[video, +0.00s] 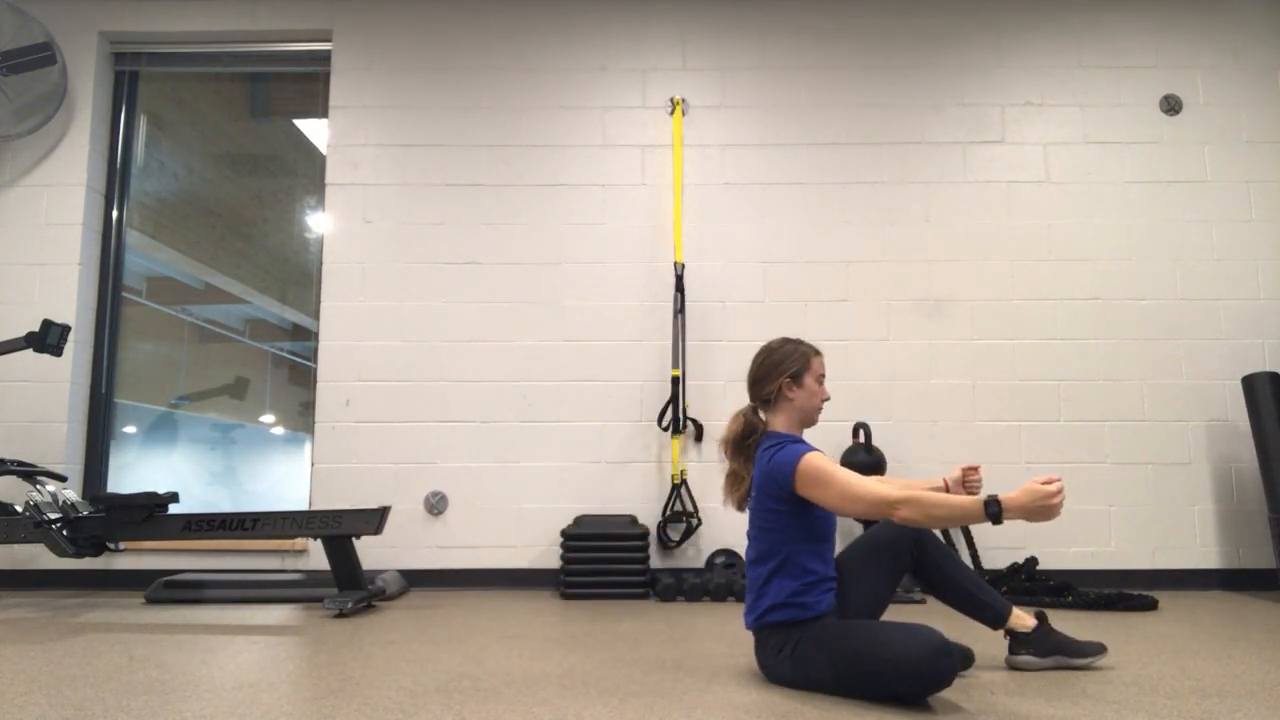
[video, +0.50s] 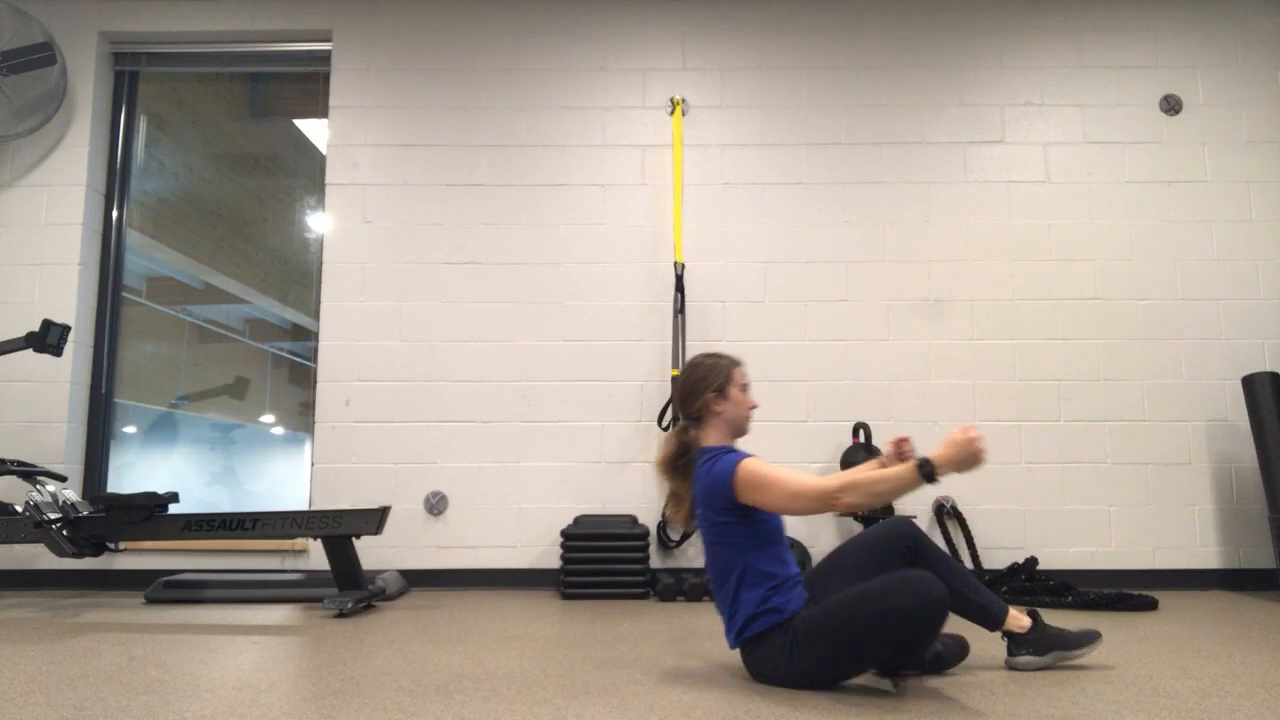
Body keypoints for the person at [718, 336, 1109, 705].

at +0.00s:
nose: (826, 393)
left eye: (823, 381)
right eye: (818, 381)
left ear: (784, 388)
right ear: (787, 387)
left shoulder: (786, 450)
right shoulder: (786, 458)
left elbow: (868, 502)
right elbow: (888, 504)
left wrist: (938, 488)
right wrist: (1006, 506)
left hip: (821, 610)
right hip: (792, 637)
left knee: (905, 533)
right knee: (932, 659)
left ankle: (1025, 630)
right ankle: (943, 652)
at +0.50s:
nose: (753, 401)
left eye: (749, 389)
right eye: (744, 391)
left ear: (715, 401)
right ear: (714, 402)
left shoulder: (723, 464)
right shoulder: (725, 470)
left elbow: (821, 494)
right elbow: (833, 498)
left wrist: (880, 467)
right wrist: (934, 466)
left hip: (790, 612)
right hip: (779, 644)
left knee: (900, 535)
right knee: (924, 590)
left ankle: (1019, 628)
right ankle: (905, 659)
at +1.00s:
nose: (617, 467)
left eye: (609, 459)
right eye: (605, 463)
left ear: (582, 485)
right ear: (581, 484)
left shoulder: (608, 535)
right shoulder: (613, 547)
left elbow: (705, 579)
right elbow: (720, 588)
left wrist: (706, 510)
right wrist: (723, 506)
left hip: (741, 624)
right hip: (750, 649)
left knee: (811, 482)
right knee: (842, 508)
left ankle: (950, 537)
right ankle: (921, 624)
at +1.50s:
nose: (500, 566)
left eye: (487, 565)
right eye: (484, 573)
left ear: (492, 605)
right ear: (484, 609)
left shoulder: (544, 615)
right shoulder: (546, 638)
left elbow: (644, 598)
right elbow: (652, 610)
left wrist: (578, 572)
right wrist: (578, 575)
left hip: (701, 604)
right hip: (714, 617)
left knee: (637, 461)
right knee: (634, 462)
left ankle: (743, 370)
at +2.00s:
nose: (502, 569)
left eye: (490, 566)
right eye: (487, 574)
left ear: (492, 607)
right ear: (482, 609)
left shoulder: (542, 621)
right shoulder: (542, 640)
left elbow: (641, 598)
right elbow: (646, 597)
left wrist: (570, 574)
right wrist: (571, 573)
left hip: (702, 604)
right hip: (708, 612)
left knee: (641, 454)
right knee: (639, 455)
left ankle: (766, 381)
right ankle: (766, 374)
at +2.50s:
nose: (654, 457)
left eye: (647, 448)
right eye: (641, 451)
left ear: (613, 469)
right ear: (610, 470)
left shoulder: (620, 525)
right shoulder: (630, 531)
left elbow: (721, 573)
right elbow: (735, 574)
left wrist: (687, 507)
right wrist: (695, 503)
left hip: (740, 638)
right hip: (753, 649)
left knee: (805, 505)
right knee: (839, 495)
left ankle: (869, 613)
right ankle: (975, 517)